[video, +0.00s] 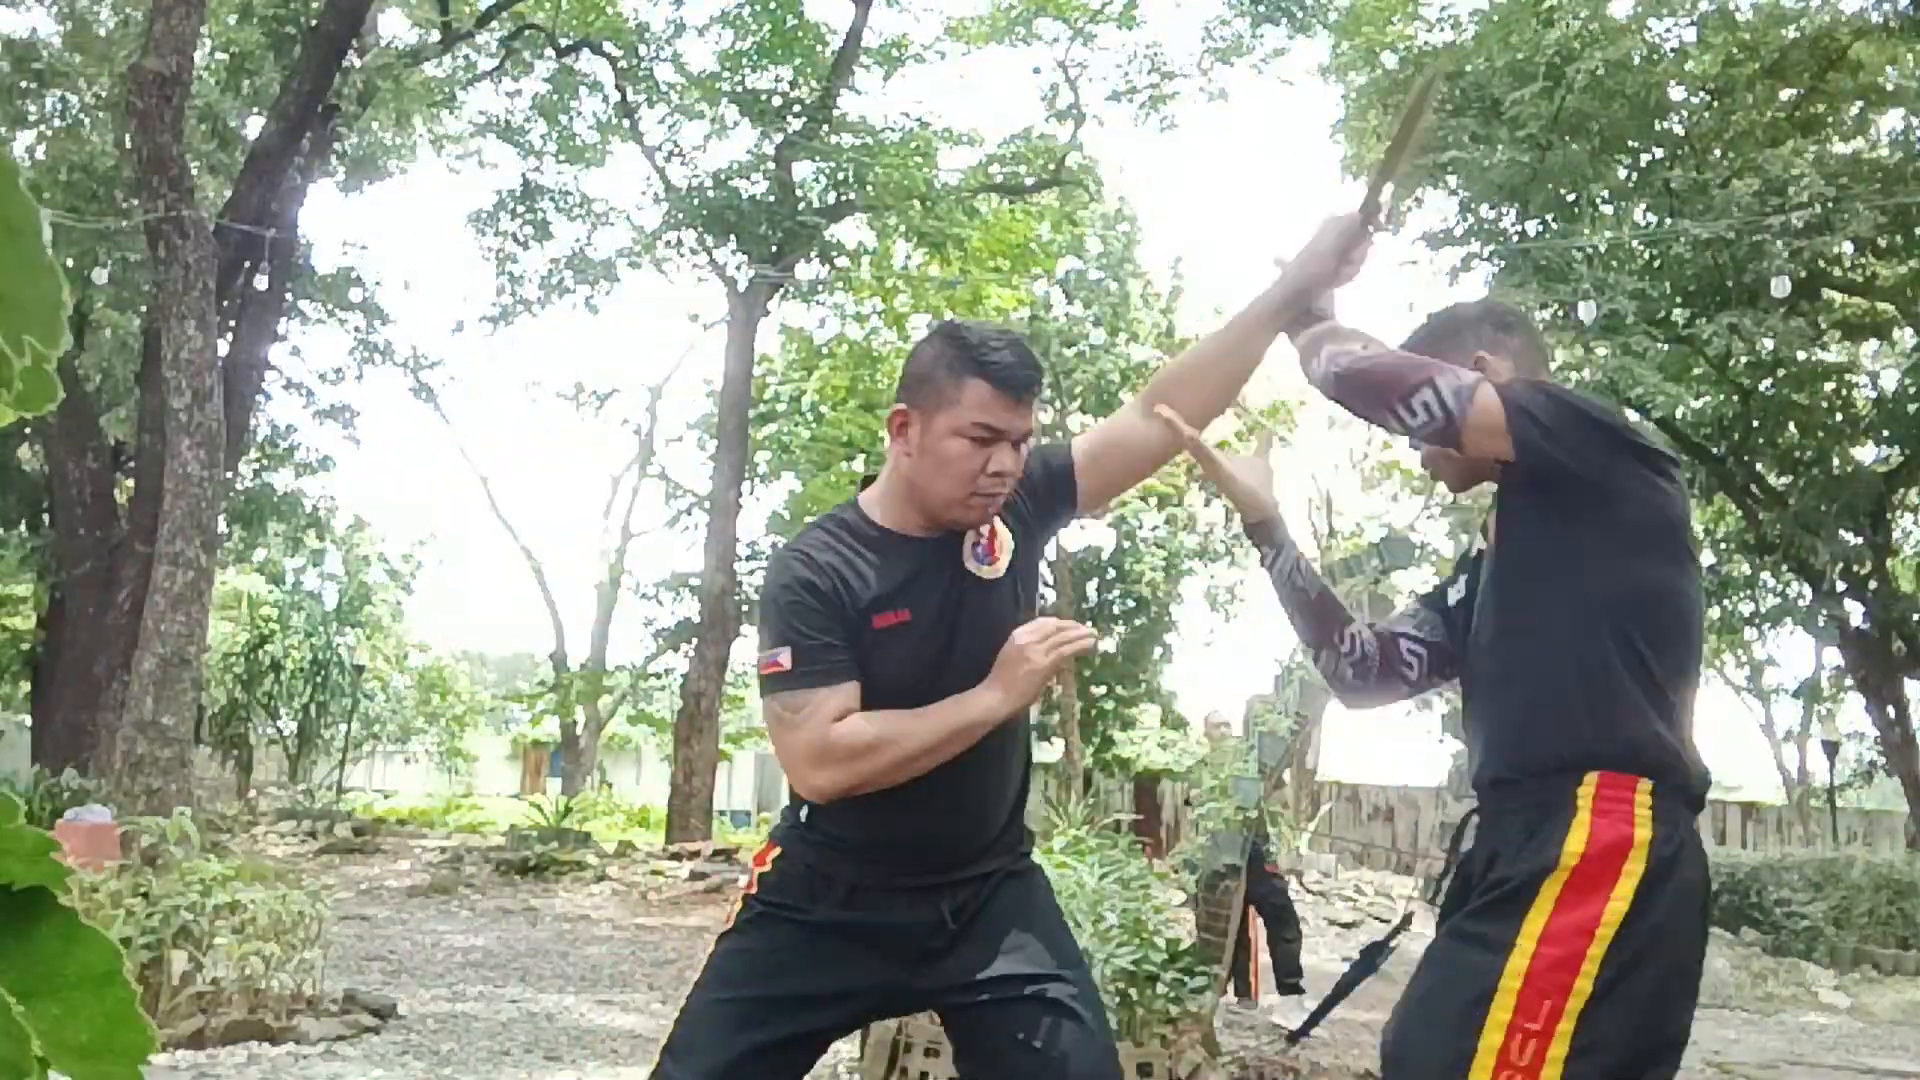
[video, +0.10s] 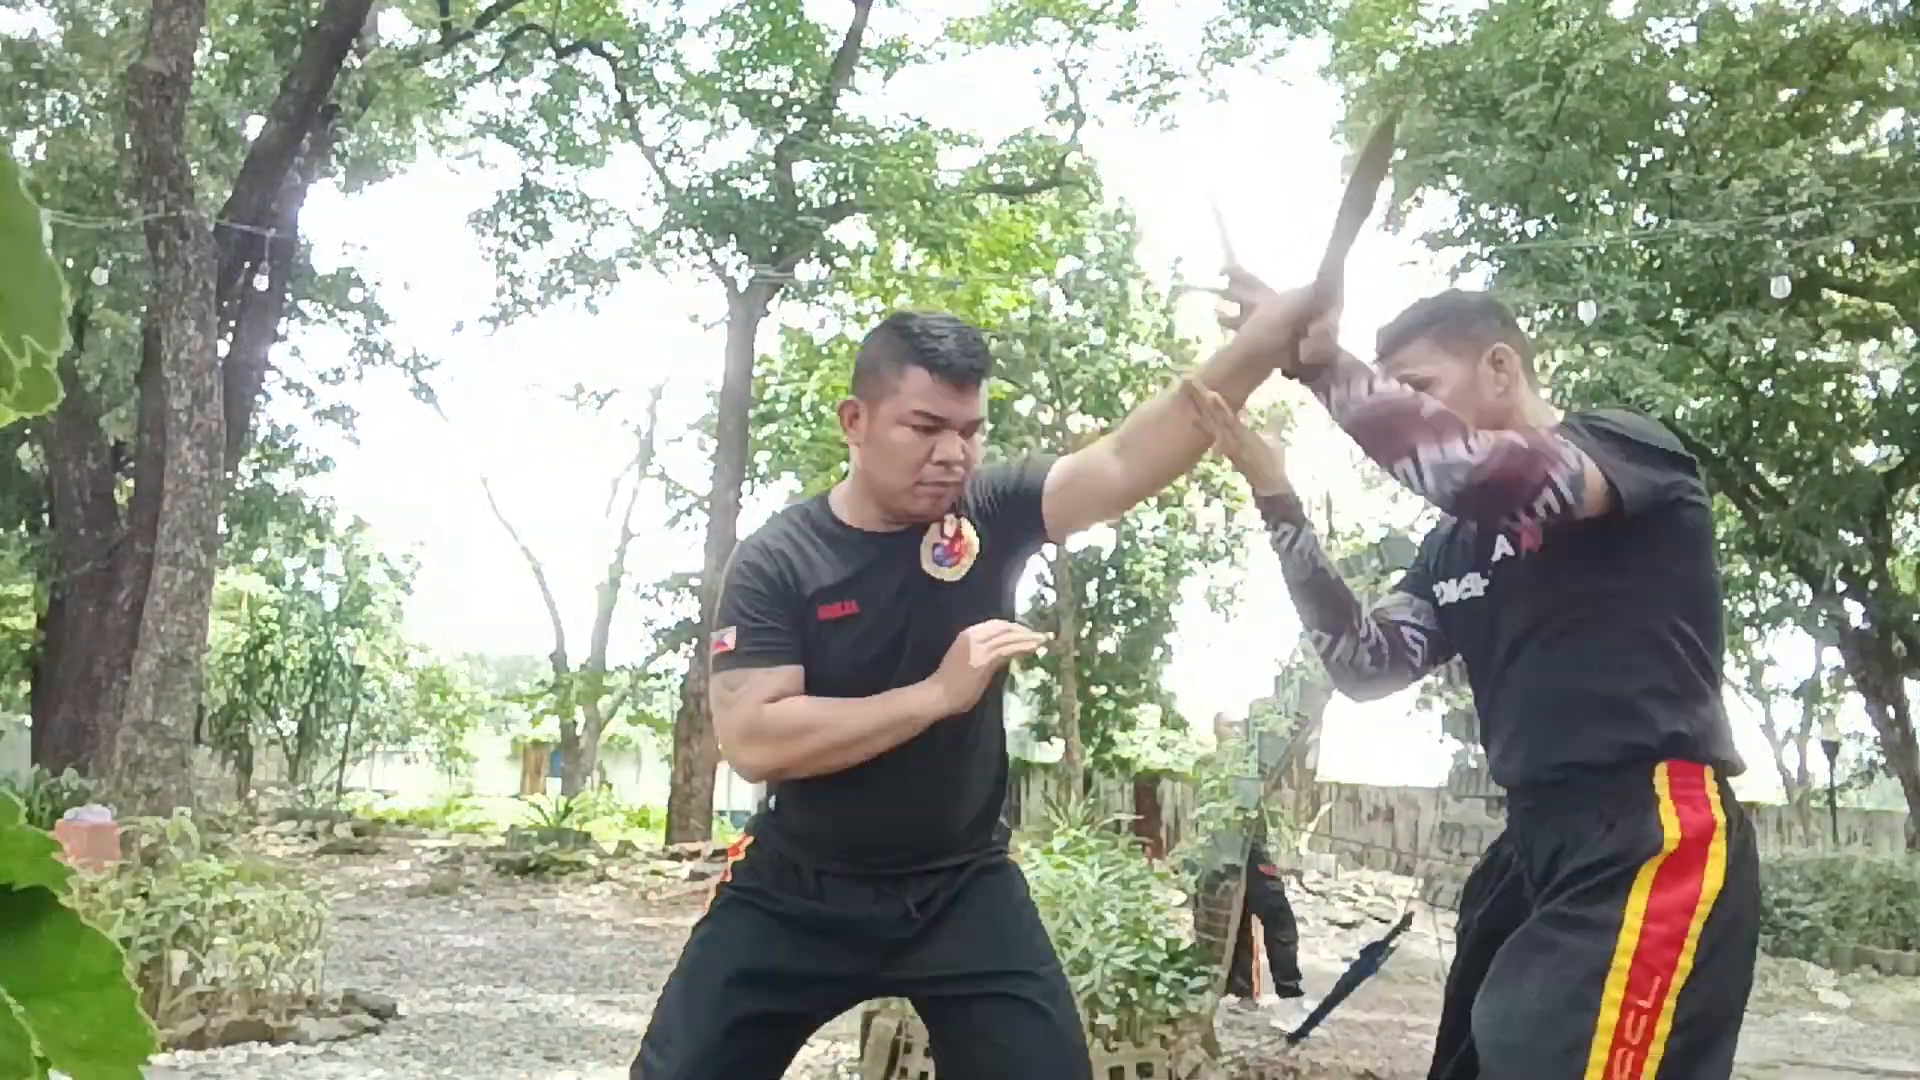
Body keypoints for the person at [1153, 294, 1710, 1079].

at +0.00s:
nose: (1413, 433)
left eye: (1426, 398)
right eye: (1409, 412)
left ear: (1489, 367)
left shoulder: (1608, 447)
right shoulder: (1496, 568)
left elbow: (1360, 373)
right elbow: (1361, 667)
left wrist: (1315, 327)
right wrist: (1264, 524)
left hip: (1599, 847)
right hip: (1520, 849)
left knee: (1446, 1058)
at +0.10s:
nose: (1409, 415)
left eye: (1423, 386)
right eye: (1398, 400)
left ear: (1501, 366)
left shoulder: (1632, 445)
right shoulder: (1453, 546)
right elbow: (1365, 662)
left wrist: (1322, 363)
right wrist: (1274, 495)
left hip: (1655, 847)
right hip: (1534, 857)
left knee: (1543, 1057)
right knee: (1465, 1064)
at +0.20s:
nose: (1431, 421)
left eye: (1452, 382)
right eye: (1411, 401)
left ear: (1529, 368)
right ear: (1402, 412)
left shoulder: (1647, 468)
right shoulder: (1458, 545)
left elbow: (1529, 581)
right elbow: (1394, 696)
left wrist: (1346, 462)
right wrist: (1283, 563)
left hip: (1685, 856)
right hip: (1549, 865)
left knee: (1611, 1060)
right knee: (1474, 1062)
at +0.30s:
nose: (1484, 417)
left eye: (1506, 380)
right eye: (1451, 397)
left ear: (1556, 381)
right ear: (1426, 429)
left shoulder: (1666, 502)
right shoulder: (1458, 562)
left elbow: (1621, 727)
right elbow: (1463, 766)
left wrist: (1380, 657)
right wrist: (1349, 745)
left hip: (1726, 867)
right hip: (1580, 865)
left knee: (1646, 1058)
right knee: (1500, 1057)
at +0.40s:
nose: (1513, 429)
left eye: (1533, 396)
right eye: (1474, 411)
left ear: (1575, 407)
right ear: (1439, 448)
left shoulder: (1685, 538)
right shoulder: (1466, 574)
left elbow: (1701, 799)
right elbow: (1485, 757)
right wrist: (1358, 794)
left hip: (1747, 897)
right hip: (1590, 879)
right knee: (1510, 1059)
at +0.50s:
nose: (1523, 435)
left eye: (1543, 399)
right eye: (1485, 414)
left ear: (1584, 408)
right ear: (1448, 451)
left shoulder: (1701, 550)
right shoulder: (1474, 580)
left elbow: (1722, 816)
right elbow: (1499, 763)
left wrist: (1475, 887)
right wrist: (1361, 790)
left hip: (1752, 909)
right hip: (1588, 896)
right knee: (1516, 1063)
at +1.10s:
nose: (1357, 530)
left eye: (1361, 502)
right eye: (1349, 507)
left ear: (1431, 479)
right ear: (1435, 478)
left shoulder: (1469, 625)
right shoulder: (1591, 552)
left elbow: (1426, 851)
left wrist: (1327, 872)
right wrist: (1397, 712)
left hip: (1612, 932)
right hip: (1699, 915)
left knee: (1447, 1065)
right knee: (1446, 1051)